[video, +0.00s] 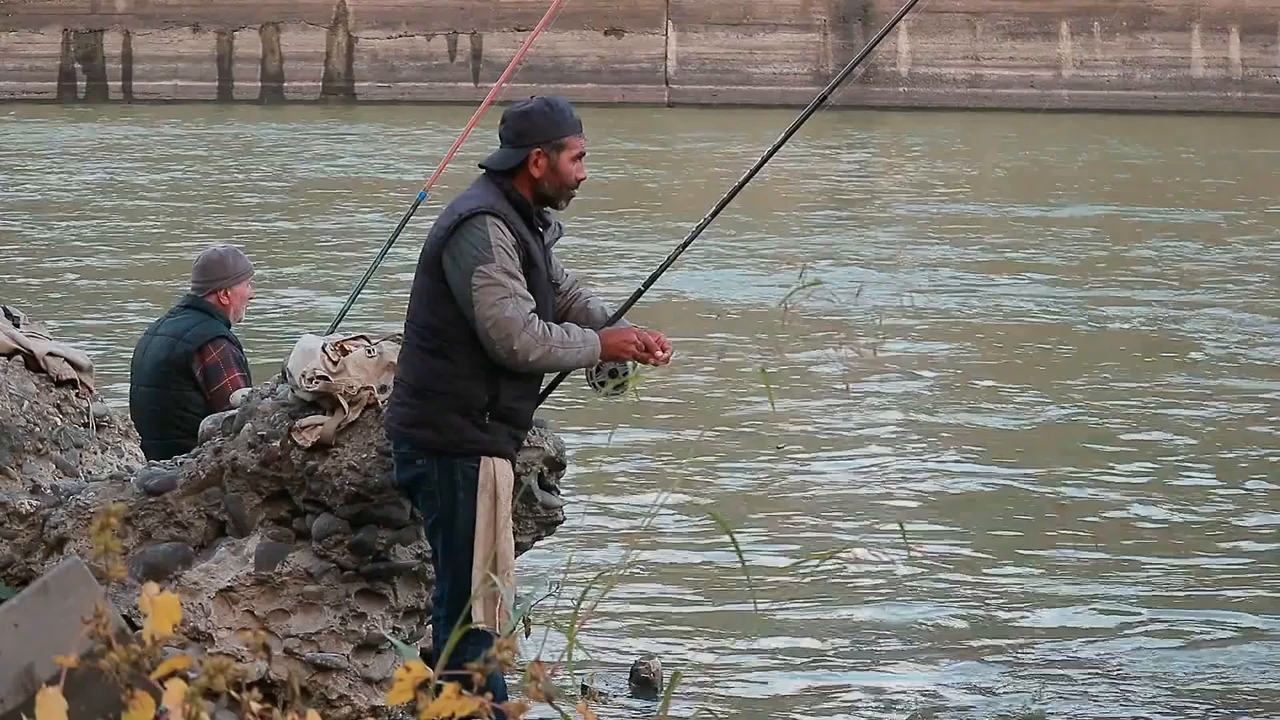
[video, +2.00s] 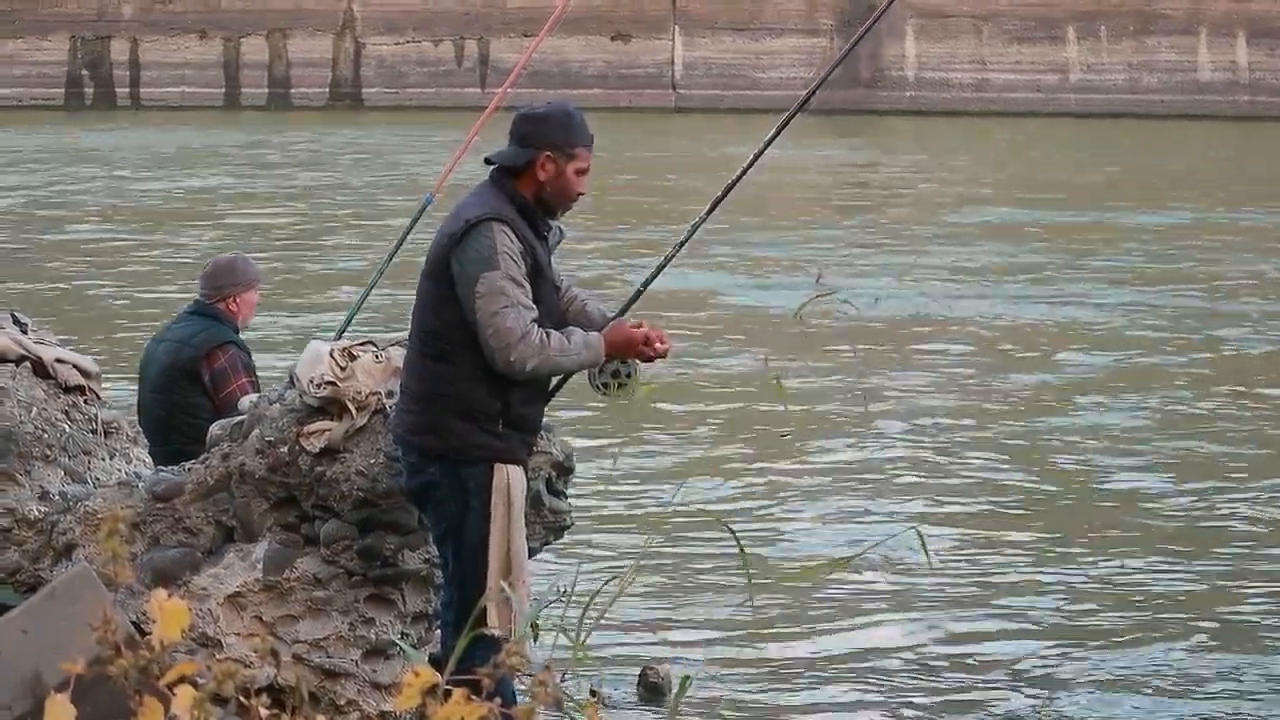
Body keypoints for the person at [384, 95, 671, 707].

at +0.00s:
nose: (583, 170)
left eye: (583, 157)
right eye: (574, 158)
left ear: (540, 160)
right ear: (534, 162)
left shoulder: (520, 224)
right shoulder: (482, 229)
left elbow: (563, 298)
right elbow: (514, 338)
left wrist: (617, 332)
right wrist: (601, 344)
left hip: (478, 439)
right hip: (449, 442)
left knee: (476, 594)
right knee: (469, 598)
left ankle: (458, 706)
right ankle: (468, 711)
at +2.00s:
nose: (585, 185)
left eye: (587, 172)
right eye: (581, 171)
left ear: (548, 164)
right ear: (544, 164)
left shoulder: (521, 225)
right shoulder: (489, 233)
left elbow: (556, 303)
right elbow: (515, 348)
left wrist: (620, 332)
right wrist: (604, 345)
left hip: (483, 446)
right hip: (456, 449)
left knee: (486, 602)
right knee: (476, 608)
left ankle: (479, 711)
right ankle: (477, 714)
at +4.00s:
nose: (595, 183)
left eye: (599, 169)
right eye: (590, 168)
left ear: (554, 161)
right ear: (553, 161)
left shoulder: (527, 218)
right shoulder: (500, 226)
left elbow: (561, 299)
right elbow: (520, 340)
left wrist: (618, 326)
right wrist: (608, 341)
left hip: (483, 439)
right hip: (460, 444)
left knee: (491, 593)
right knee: (477, 598)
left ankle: (489, 708)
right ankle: (475, 711)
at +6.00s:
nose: (597, 181)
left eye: (601, 168)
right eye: (592, 168)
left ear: (559, 159)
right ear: (554, 159)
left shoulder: (532, 216)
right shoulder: (504, 224)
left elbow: (561, 296)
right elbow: (522, 340)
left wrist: (619, 322)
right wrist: (608, 354)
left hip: (492, 433)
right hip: (468, 438)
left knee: (496, 589)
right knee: (489, 594)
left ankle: (489, 707)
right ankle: (486, 709)